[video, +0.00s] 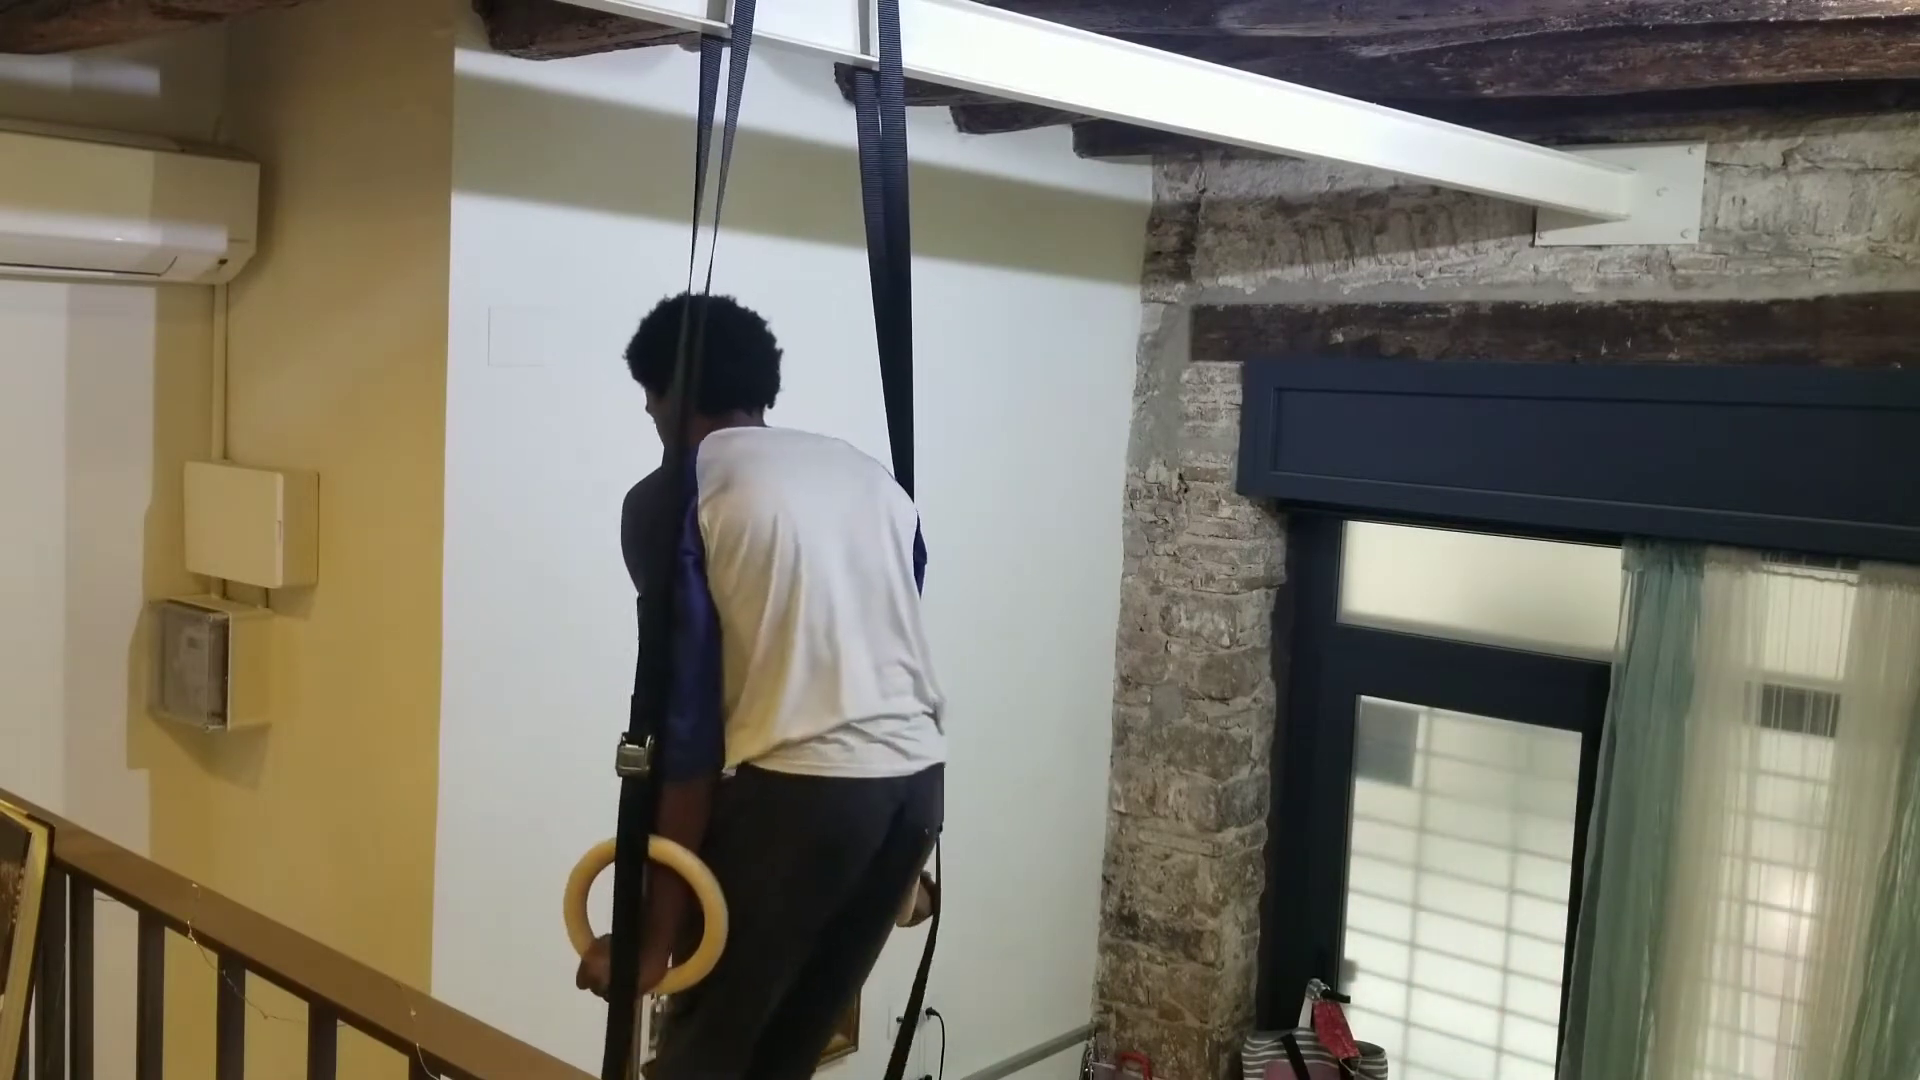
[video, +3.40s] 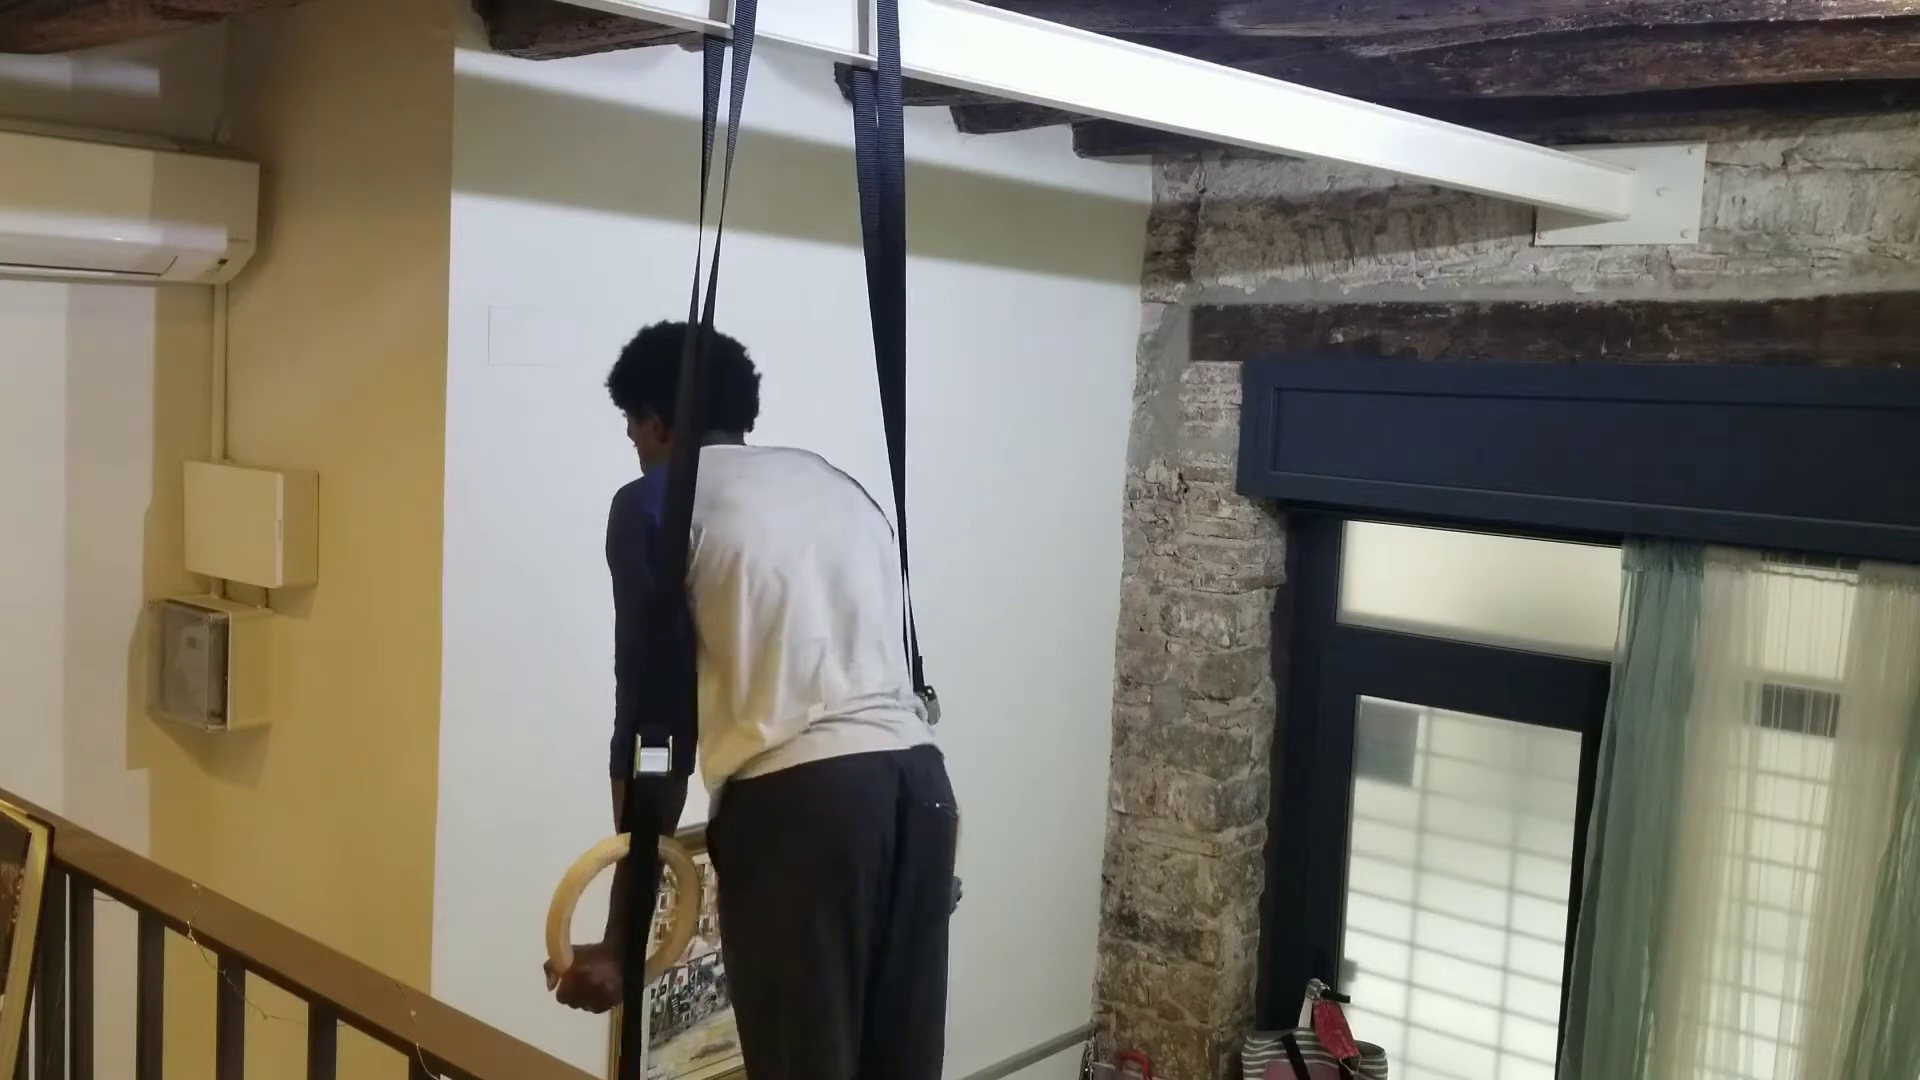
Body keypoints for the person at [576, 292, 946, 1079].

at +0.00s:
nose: (655, 418)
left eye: (653, 396)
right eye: (649, 399)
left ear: (679, 389)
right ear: (761, 384)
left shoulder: (673, 494)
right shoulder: (876, 480)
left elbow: (688, 724)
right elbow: (902, 654)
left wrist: (654, 937)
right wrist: (916, 853)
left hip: (792, 802)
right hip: (908, 804)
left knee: (703, 1050)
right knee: (789, 1053)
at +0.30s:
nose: (646, 441)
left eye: (643, 421)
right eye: (641, 422)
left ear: (667, 408)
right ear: (751, 398)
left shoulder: (677, 499)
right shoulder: (868, 470)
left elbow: (705, 737)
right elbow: (902, 661)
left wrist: (671, 956)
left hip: (826, 788)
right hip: (945, 781)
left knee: (778, 1055)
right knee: (875, 1054)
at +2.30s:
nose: (609, 471)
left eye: (604, 456)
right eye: (601, 459)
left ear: (626, 427)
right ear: (702, 408)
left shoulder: (629, 499)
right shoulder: (827, 481)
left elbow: (639, 680)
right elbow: (853, 658)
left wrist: (648, 862)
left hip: (758, 814)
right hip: (873, 805)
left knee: (771, 1061)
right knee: (878, 1062)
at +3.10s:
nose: (614, 448)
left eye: (610, 430)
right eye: (610, 432)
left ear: (631, 421)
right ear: (714, 405)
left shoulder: (630, 503)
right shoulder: (831, 492)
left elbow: (633, 714)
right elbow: (876, 682)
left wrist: (634, 921)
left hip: (757, 798)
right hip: (878, 783)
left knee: (815, 1056)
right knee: (938, 1047)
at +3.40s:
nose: (634, 447)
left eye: (632, 428)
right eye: (629, 429)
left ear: (656, 422)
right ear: (739, 407)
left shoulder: (656, 499)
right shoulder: (844, 486)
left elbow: (653, 729)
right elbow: (901, 680)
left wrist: (623, 941)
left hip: (799, 810)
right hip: (920, 799)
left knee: (803, 1062)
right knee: (908, 1060)